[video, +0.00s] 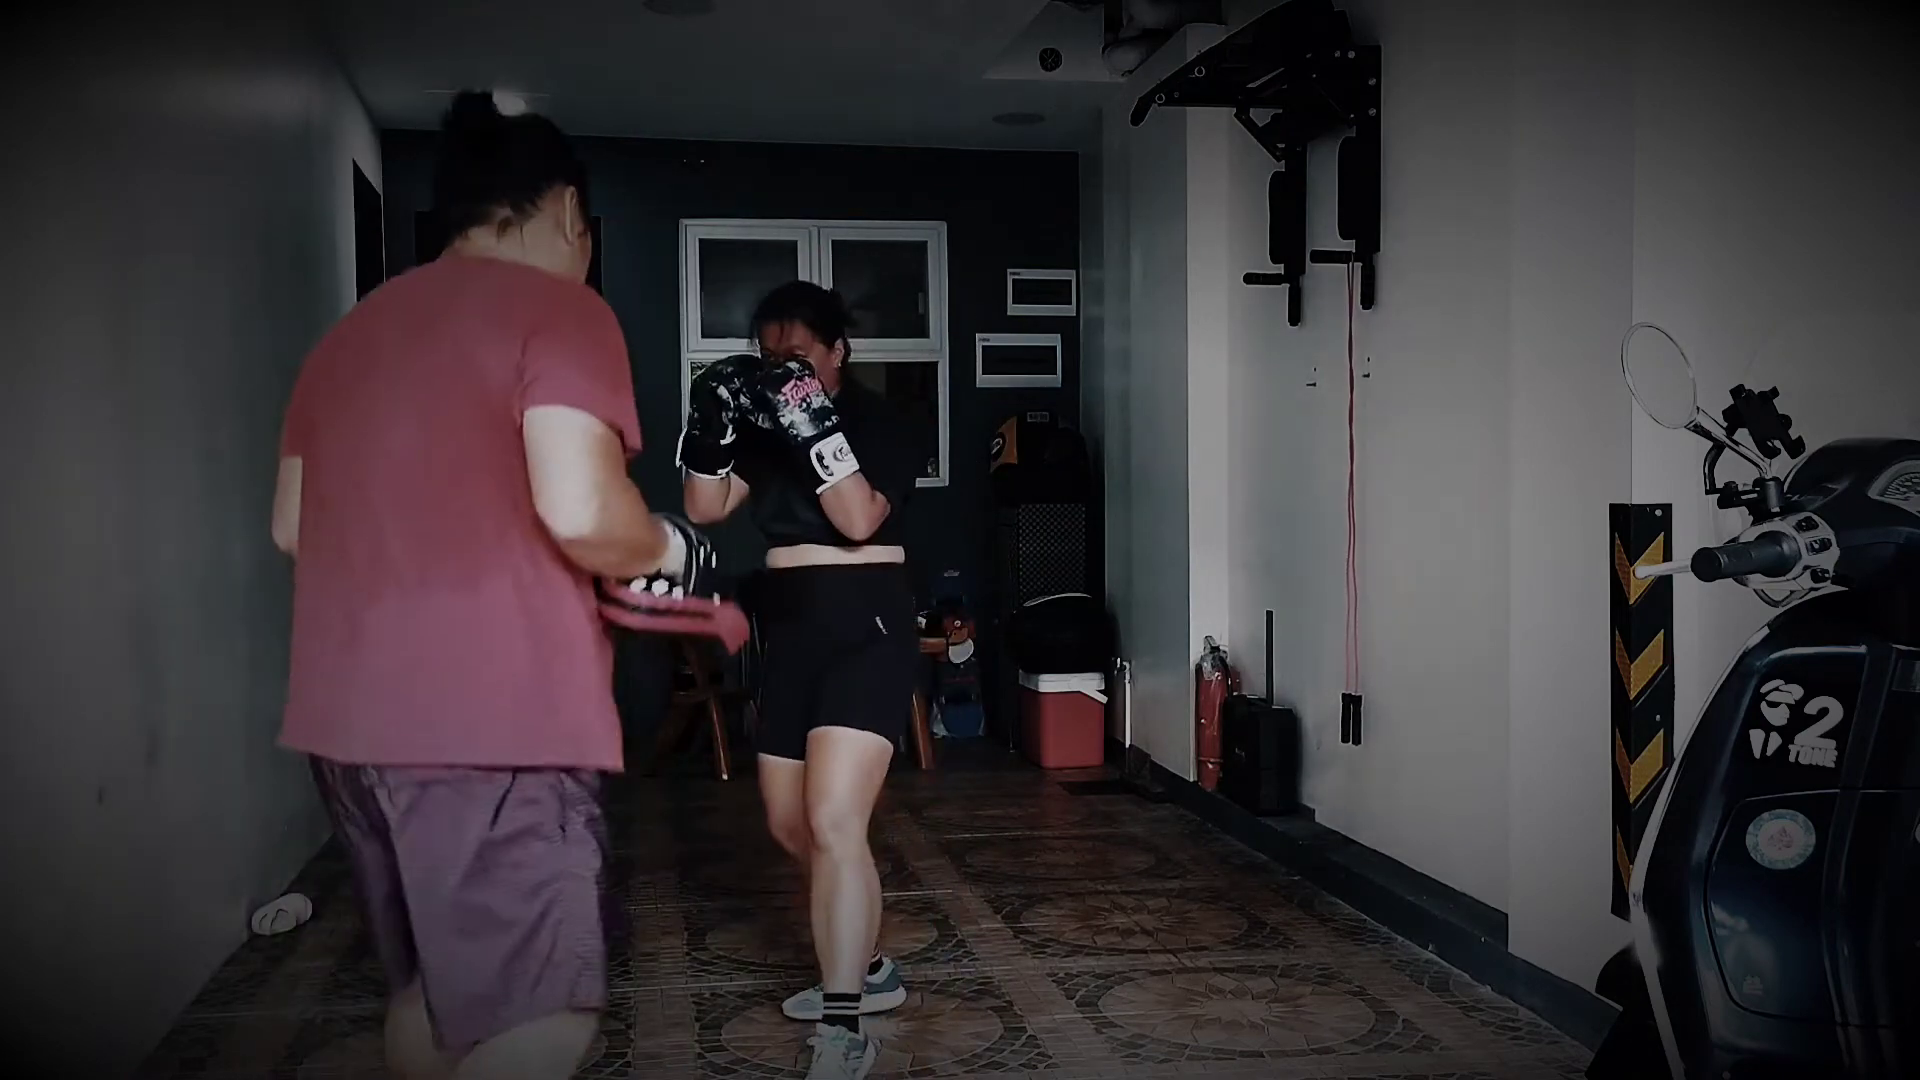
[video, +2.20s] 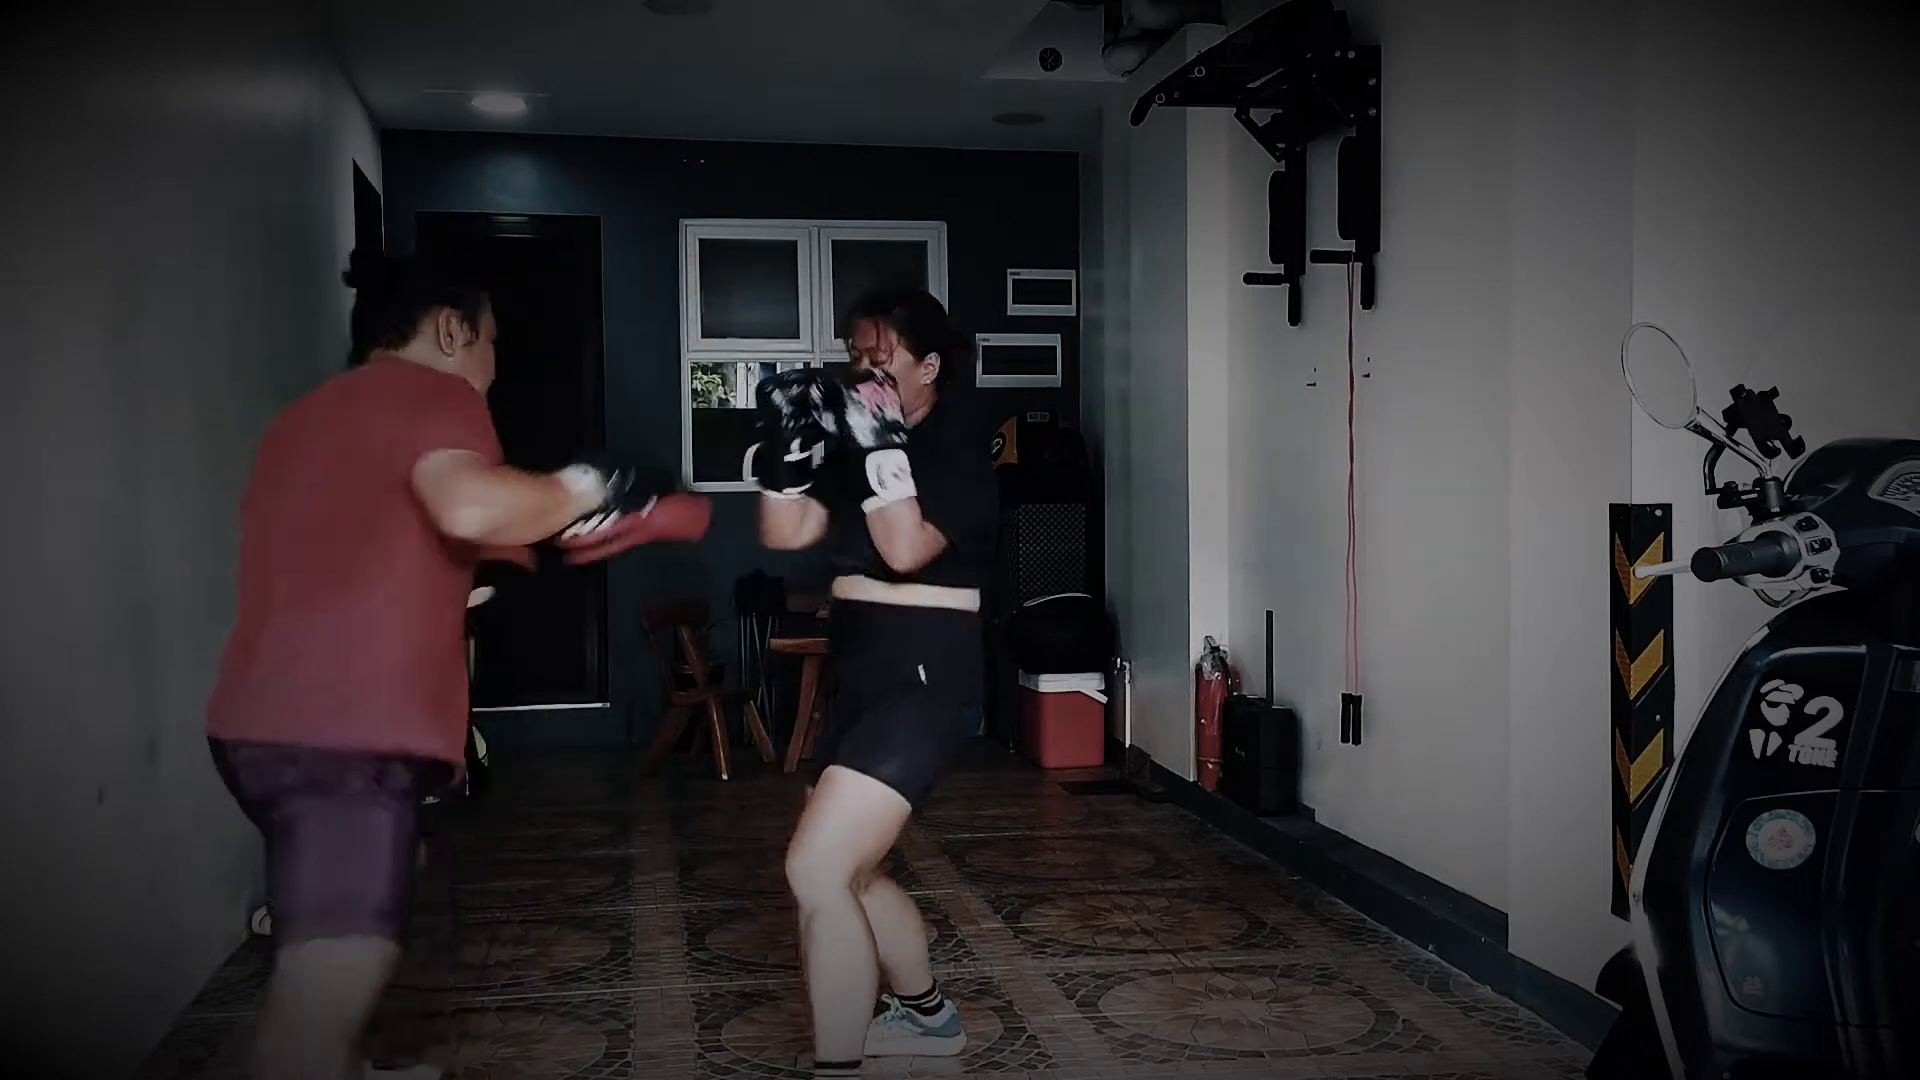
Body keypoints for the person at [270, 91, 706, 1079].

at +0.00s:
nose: (585, 254)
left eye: (582, 229)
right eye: (583, 227)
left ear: (459, 216)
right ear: (556, 205)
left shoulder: (350, 331)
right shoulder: (556, 307)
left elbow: (293, 524)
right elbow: (581, 512)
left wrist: (472, 564)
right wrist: (663, 548)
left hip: (347, 730)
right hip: (491, 733)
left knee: (421, 984)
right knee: (540, 1014)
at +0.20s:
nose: (565, 234)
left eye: (563, 210)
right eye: (562, 208)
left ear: (440, 196)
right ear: (540, 192)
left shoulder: (324, 319)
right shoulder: (545, 295)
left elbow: (285, 522)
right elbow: (631, 501)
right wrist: (673, 448)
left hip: (337, 729)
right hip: (489, 731)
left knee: (395, 988)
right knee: (507, 1019)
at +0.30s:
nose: (550, 247)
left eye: (549, 225)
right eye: (549, 222)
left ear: (418, 211)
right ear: (527, 206)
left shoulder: (307, 332)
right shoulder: (533, 305)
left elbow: (294, 483)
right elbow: (646, 497)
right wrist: (667, 410)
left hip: (325, 740)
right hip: (479, 747)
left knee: (385, 999)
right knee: (506, 1021)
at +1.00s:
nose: (497, 281)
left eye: (500, 262)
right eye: (499, 258)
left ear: (384, 229)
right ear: (475, 238)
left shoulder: (286, 330)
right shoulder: (449, 326)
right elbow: (603, 460)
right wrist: (610, 341)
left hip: (286, 734)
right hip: (396, 744)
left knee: (392, 1002)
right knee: (426, 1018)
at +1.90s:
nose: (477, 277)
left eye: (478, 256)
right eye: (478, 252)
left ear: (355, 234)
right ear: (444, 235)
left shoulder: (263, 343)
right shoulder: (425, 335)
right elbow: (587, 453)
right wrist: (612, 358)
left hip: (257, 720)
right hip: (353, 731)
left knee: (332, 985)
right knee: (367, 995)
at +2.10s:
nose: (477, 359)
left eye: (477, 342)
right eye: (476, 337)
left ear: (364, 325)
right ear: (447, 325)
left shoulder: (264, 435)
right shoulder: (441, 413)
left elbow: (232, 599)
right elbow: (582, 486)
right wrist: (617, 406)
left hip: (241, 775)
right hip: (364, 786)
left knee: (331, 933)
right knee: (413, 1007)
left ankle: (320, 1063)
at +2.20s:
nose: (490, 374)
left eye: (490, 353)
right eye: (487, 348)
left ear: (375, 336)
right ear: (447, 329)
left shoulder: (300, 418)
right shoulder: (431, 395)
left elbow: (322, 571)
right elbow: (467, 508)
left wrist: (443, 586)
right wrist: (579, 487)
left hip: (260, 735)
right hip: (357, 745)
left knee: (317, 952)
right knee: (326, 991)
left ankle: (340, 1062)